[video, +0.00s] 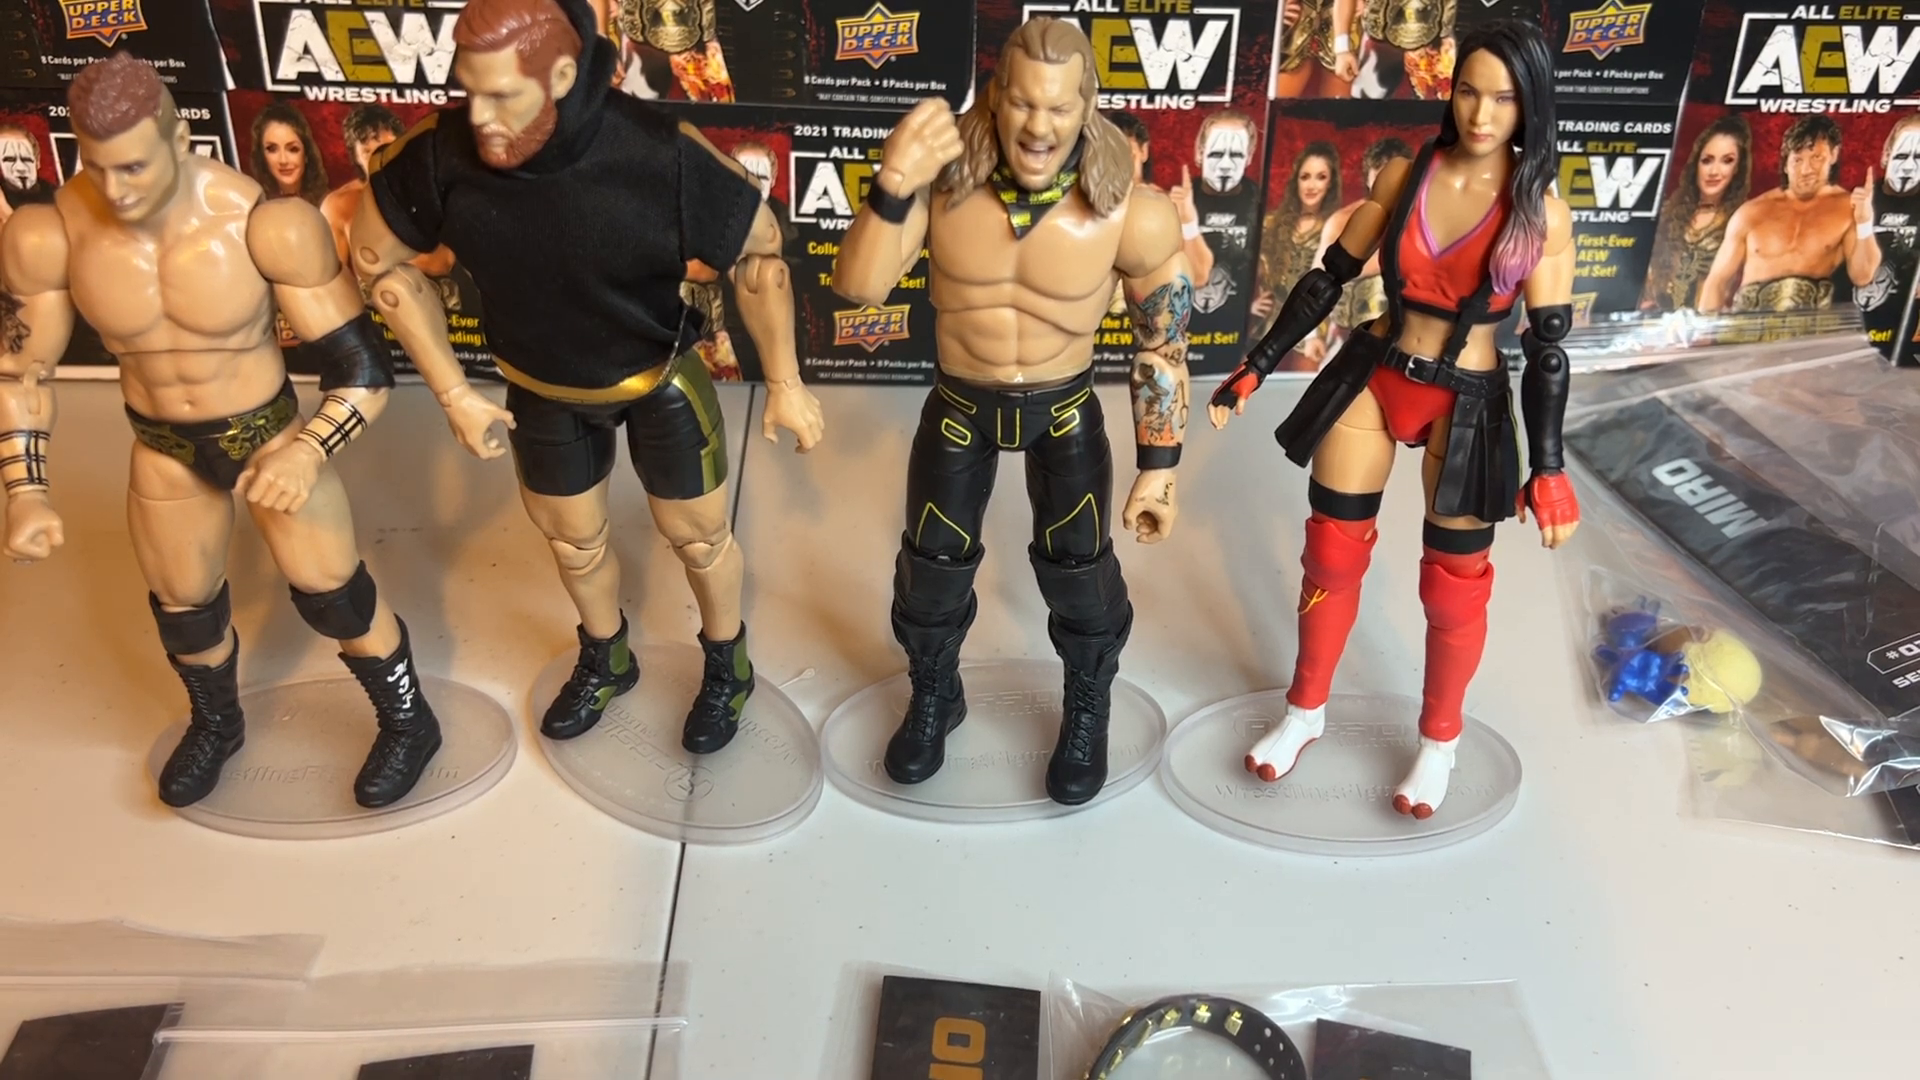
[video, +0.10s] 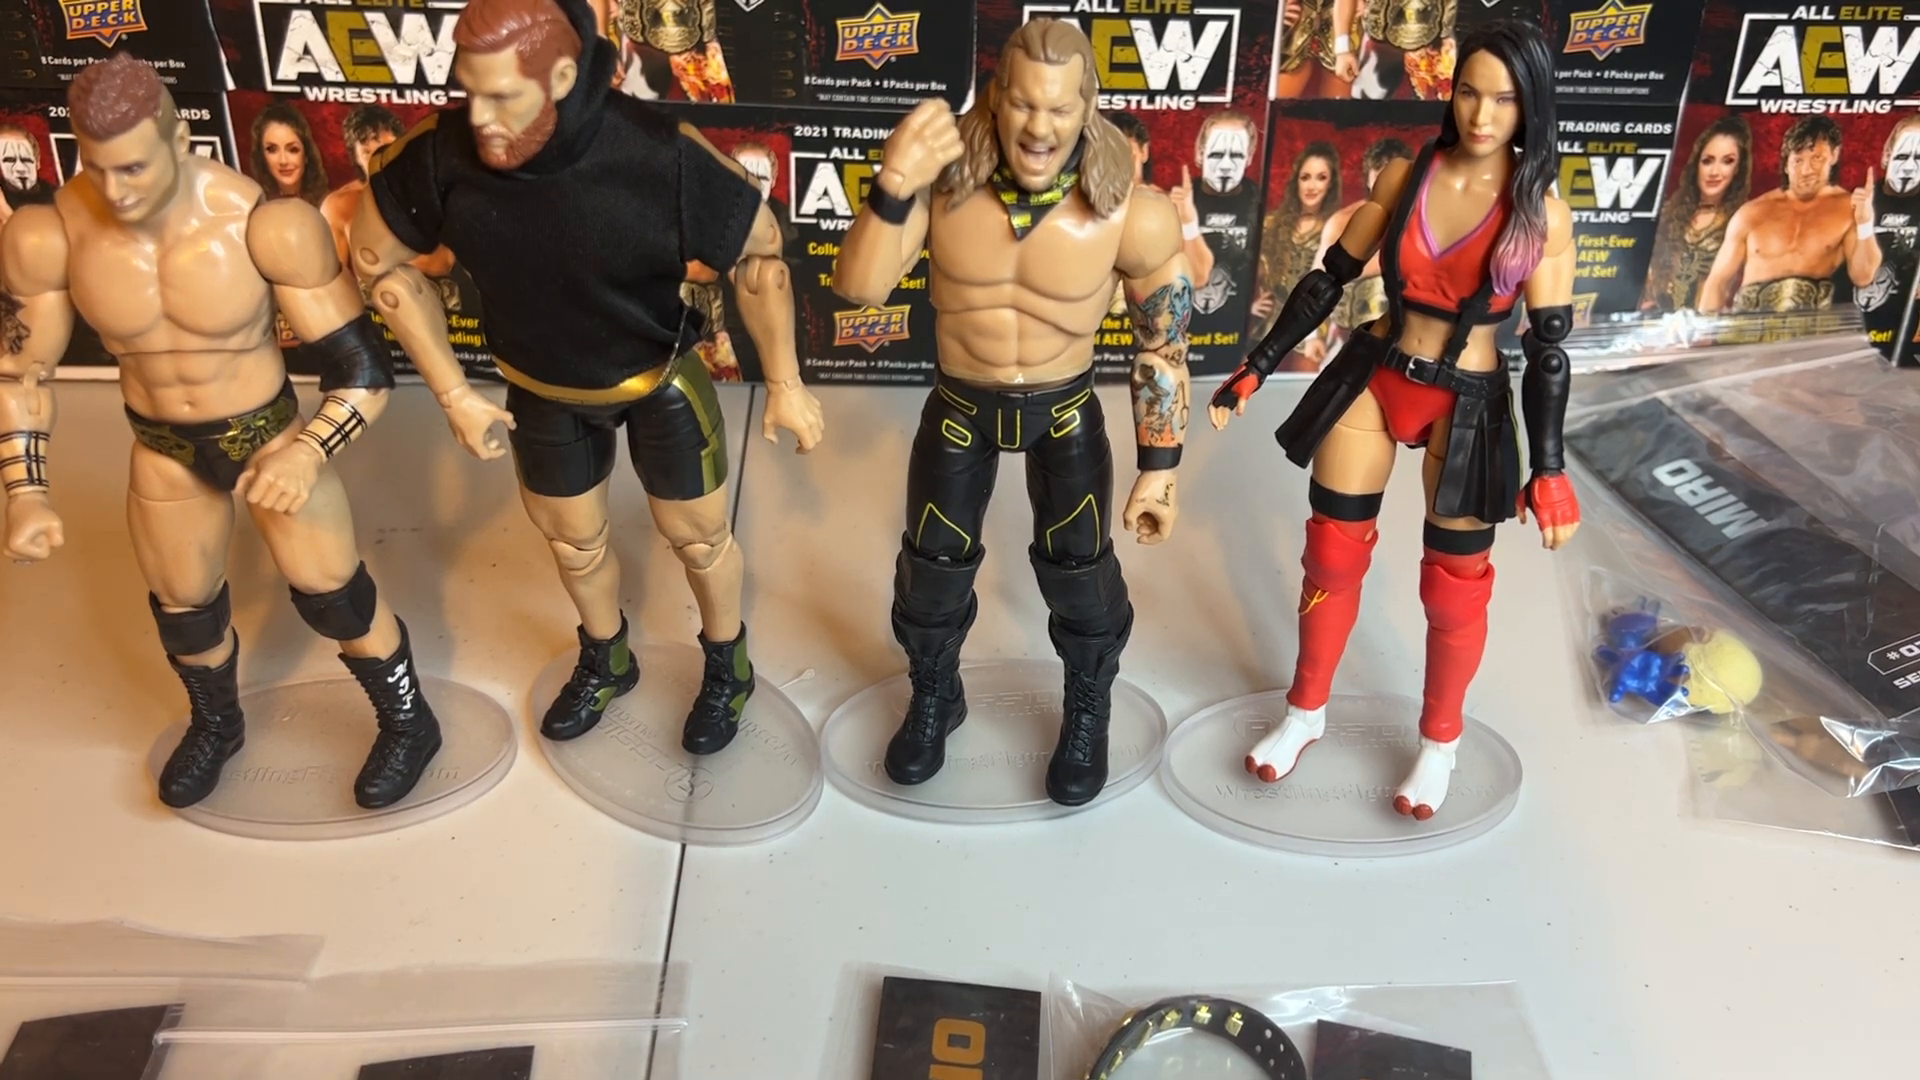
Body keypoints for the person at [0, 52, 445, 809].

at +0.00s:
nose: (118, 188)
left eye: (135, 167)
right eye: (101, 169)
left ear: (179, 138)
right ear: (81, 151)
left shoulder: (268, 225)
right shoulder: (53, 232)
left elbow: (363, 370)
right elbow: (22, 372)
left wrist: (311, 446)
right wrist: (22, 486)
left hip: (269, 441)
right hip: (161, 451)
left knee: (336, 599)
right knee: (186, 617)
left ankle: (409, 721)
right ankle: (216, 722)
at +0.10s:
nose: (117, 189)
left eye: (134, 168)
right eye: (100, 170)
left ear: (178, 139)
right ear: (80, 152)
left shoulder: (267, 225)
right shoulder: (53, 233)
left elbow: (363, 371)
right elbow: (23, 373)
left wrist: (311, 447)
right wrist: (21, 487)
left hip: (269, 441)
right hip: (161, 452)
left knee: (336, 599)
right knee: (186, 617)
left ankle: (408, 722)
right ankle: (216, 723)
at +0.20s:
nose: (118, 188)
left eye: (134, 167)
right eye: (100, 169)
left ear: (178, 138)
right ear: (80, 151)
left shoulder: (268, 225)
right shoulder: (53, 232)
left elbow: (362, 370)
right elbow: (22, 372)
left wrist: (311, 446)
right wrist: (22, 486)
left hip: (269, 441)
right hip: (161, 451)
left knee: (336, 599)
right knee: (186, 617)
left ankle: (409, 722)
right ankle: (216, 722)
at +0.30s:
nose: (118, 188)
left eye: (135, 167)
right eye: (101, 169)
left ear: (179, 138)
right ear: (81, 151)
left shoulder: (268, 225)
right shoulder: (53, 233)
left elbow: (363, 370)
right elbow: (22, 373)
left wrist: (311, 447)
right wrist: (22, 487)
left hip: (269, 441)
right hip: (161, 452)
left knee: (336, 599)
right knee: (186, 617)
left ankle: (409, 721)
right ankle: (216, 723)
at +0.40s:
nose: (118, 188)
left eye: (135, 167)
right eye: (101, 169)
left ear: (179, 138)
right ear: (81, 152)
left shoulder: (268, 225)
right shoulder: (54, 232)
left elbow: (363, 370)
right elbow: (22, 372)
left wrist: (311, 446)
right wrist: (22, 486)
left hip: (269, 441)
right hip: (161, 451)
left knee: (336, 599)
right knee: (186, 616)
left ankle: (408, 721)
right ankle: (216, 723)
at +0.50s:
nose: (118, 188)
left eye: (134, 167)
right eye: (100, 169)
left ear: (178, 138)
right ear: (80, 152)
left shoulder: (267, 225)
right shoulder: (53, 233)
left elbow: (363, 369)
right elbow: (22, 373)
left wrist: (311, 446)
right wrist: (22, 487)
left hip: (268, 441)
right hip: (161, 451)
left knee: (335, 599)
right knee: (186, 616)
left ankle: (409, 721)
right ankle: (216, 722)